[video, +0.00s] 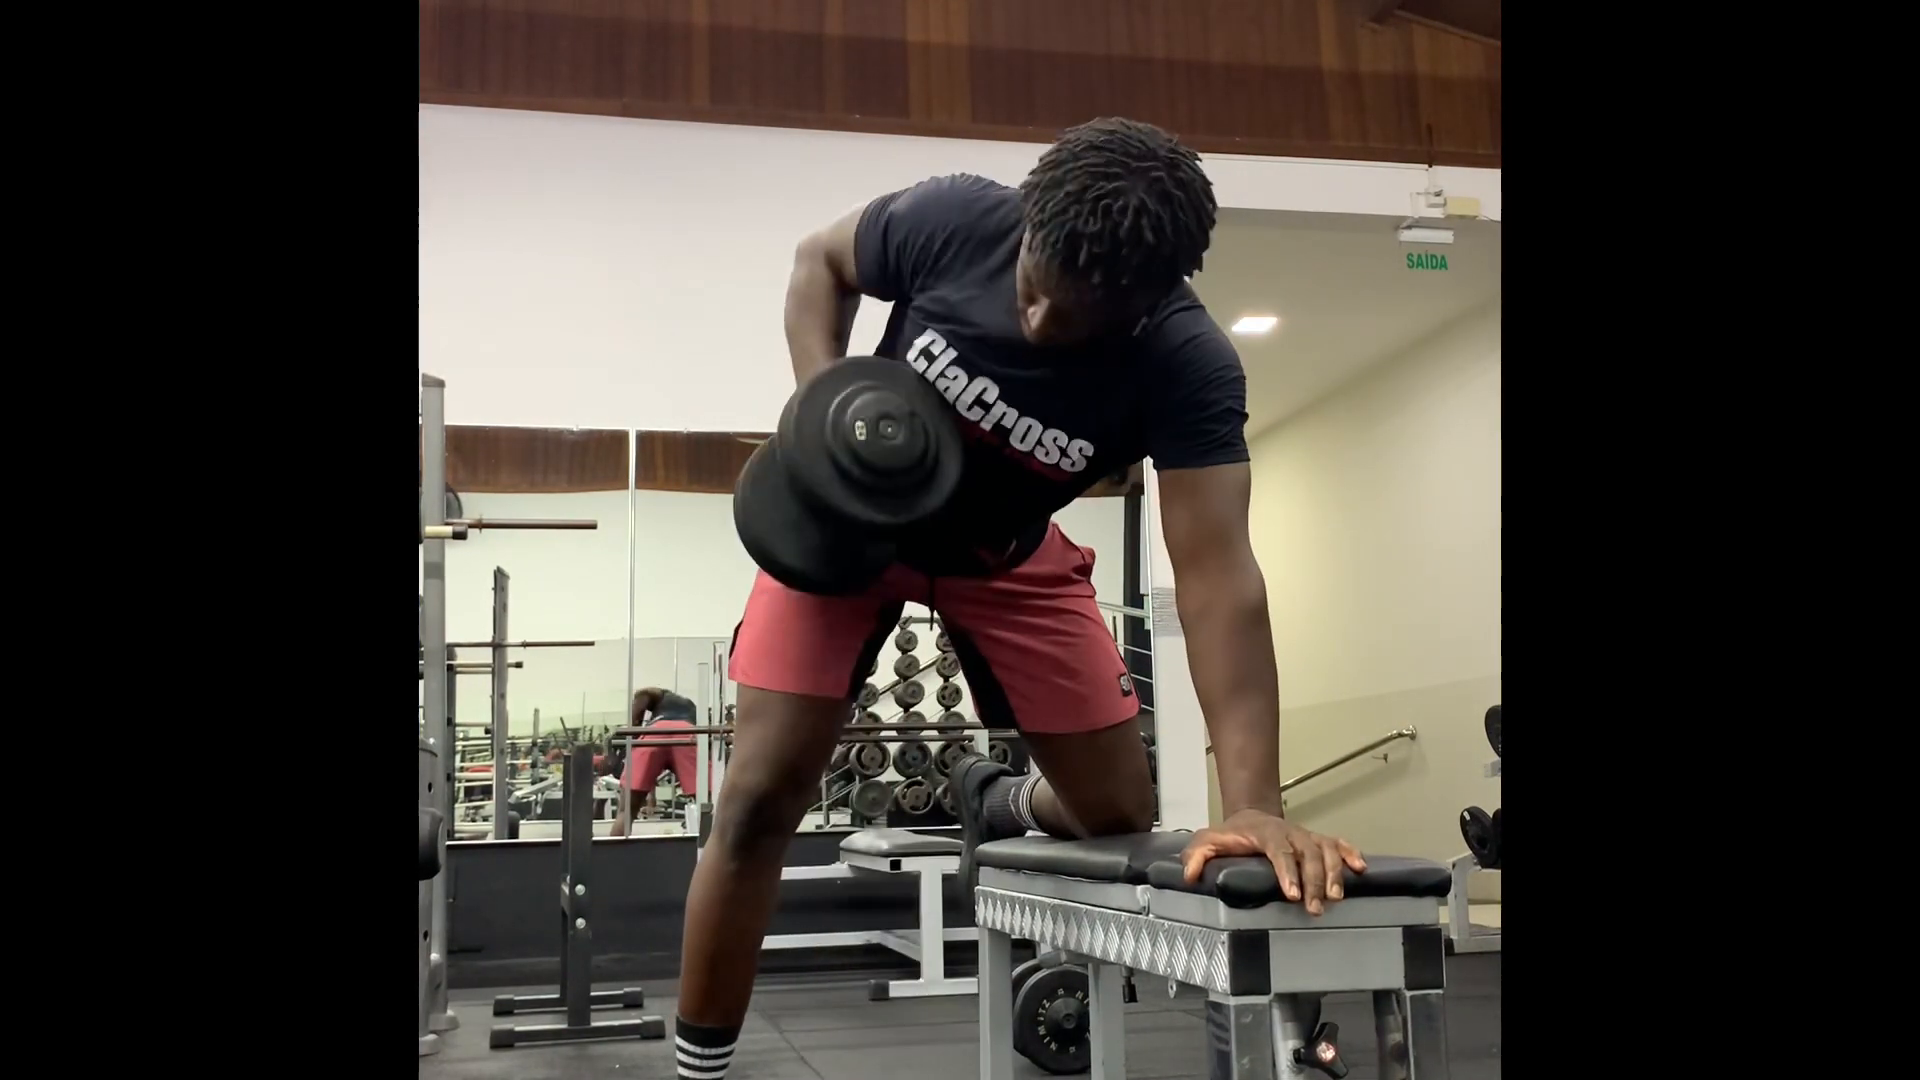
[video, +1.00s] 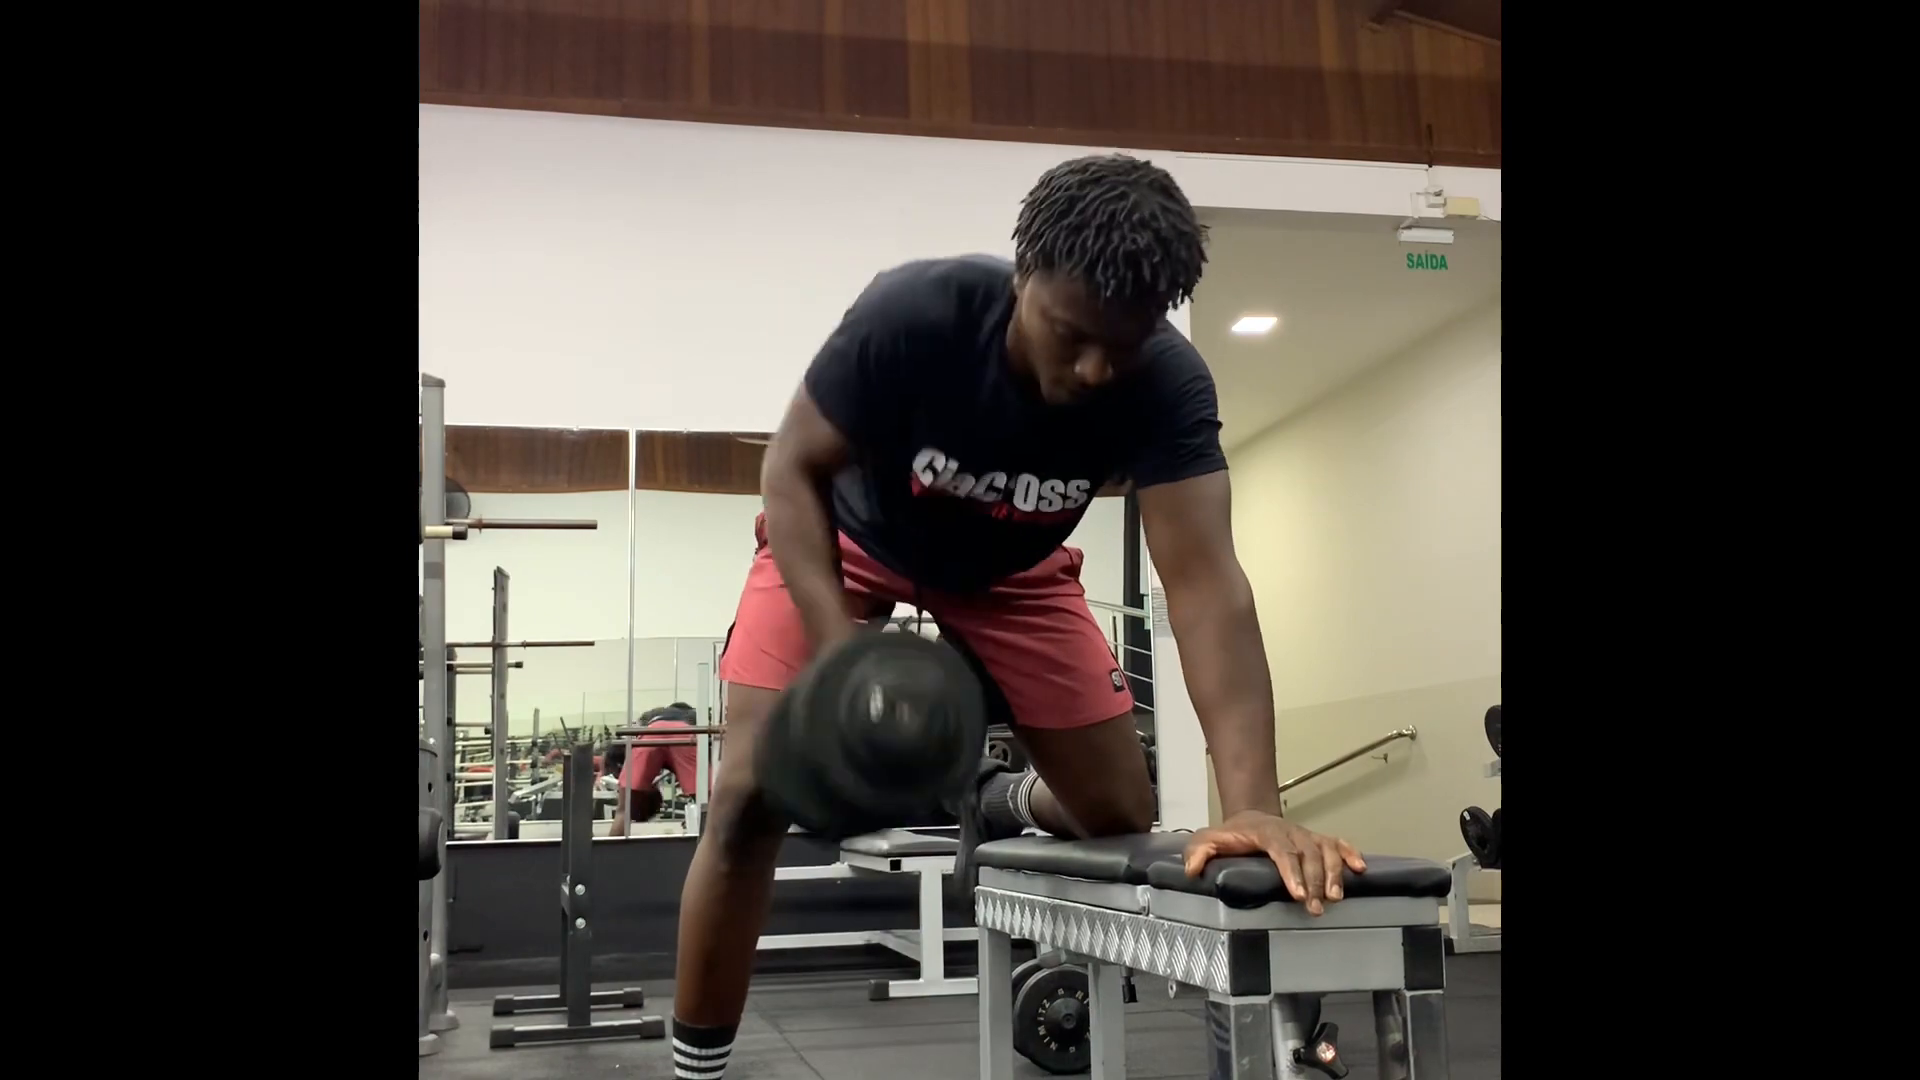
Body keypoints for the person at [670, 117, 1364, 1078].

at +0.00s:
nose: (1041, 322)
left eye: (1077, 313)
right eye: (1034, 287)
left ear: (1146, 302)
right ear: (1028, 225)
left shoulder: (1187, 366)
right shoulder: (954, 221)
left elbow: (1220, 579)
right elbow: (820, 262)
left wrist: (1254, 808)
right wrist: (823, 397)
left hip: (1015, 552)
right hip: (858, 515)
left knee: (1118, 812)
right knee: (757, 801)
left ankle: (997, 802)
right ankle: (697, 1071)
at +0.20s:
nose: (1056, 388)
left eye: (1091, 367)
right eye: (1038, 353)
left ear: (1139, 334)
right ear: (1004, 289)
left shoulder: (1163, 373)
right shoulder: (897, 339)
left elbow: (1203, 574)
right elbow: (799, 515)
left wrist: (1252, 804)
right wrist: (838, 724)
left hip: (1027, 566)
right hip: (857, 540)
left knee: (1121, 815)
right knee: (749, 801)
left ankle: (995, 796)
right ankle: (696, 1074)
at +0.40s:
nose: (1035, 510)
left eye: (1060, 485)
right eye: (1005, 485)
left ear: (1094, 436)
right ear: (953, 434)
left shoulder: (1106, 398)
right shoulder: (874, 523)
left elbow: (1188, 591)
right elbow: (871, 790)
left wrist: (1253, 808)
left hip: (1019, 563)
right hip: (841, 543)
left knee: (1121, 815)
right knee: (737, 803)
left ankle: (1003, 794)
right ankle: (695, 1069)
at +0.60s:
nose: (1028, 432)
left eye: (1058, 411)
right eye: (1006, 400)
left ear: (1101, 379)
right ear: (965, 342)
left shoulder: (1126, 394)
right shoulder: (866, 433)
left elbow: (1191, 587)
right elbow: (834, 683)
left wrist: (1250, 806)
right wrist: (871, 921)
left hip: (1013, 563)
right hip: (839, 552)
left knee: (1121, 815)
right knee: (741, 794)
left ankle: (1002, 797)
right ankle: (695, 1072)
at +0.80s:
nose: (1104, 312)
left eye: (1140, 291)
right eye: (1083, 276)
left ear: (1181, 265)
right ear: (1049, 215)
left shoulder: (1178, 381)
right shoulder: (945, 237)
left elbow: (1210, 578)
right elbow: (806, 293)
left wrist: (1253, 809)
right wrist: (830, 433)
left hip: (1004, 555)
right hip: (857, 512)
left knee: (1118, 810)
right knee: (749, 798)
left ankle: (991, 802)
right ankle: (696, 1073)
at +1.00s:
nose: (1094, 370)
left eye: (1125, 347)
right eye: (1071, 336)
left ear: (1160, 318)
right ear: (1021, 277)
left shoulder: (1165, 381)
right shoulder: (913, 316)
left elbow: (1205, 579)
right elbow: (789, 470)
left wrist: (1251, 806)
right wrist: (840, 658)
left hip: (1020, 574)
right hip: (847, 545)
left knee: (1120, 816)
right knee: (745, 800)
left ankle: (992, 798)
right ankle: (695, 1073)